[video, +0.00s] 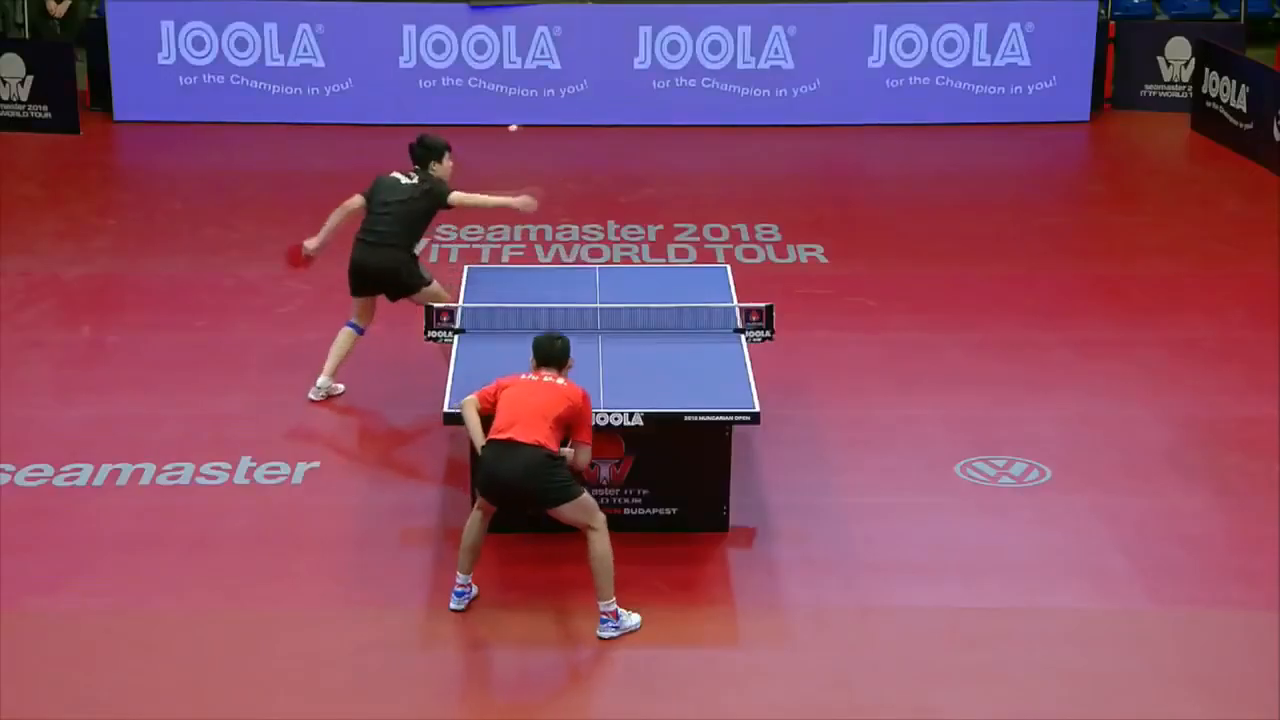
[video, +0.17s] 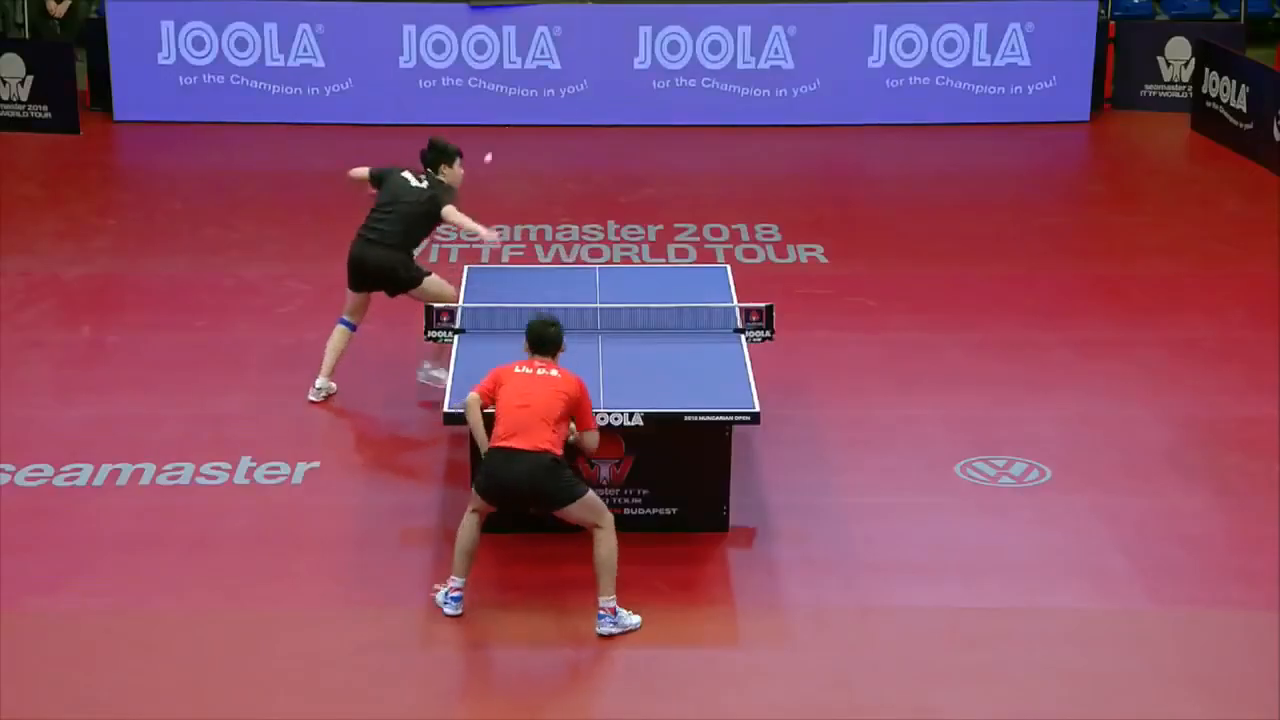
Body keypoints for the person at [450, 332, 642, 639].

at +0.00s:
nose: (568, 364)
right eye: (568, 362)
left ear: (533, 362)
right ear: (567, 364)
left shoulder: (508, 383)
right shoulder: (577, 395)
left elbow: (468, 403)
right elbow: (581, 463)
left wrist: (482, 447)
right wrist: (565, 453)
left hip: (494, 458)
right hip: (538, 464)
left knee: (482, 510)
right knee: (596, 523)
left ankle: (460, 589)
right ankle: (610, 615)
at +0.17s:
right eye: (559, 343)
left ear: (526, 345)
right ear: (560, 348)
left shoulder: (503, 373)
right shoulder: (573, 383)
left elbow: (471, 402)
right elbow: (590, 444)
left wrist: (485, 449)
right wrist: (571, 434)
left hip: (498, 465)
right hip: (545, 469)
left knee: (475, 512)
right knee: (603, 523)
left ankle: (453, 594)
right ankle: (608, 612)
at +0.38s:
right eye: (559, 317)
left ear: (530, 321)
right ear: (563, 322)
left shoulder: (509, 353)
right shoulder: (577, 362)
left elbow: (476, 385)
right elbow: (616, 406)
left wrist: (495, 409)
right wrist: (596, 388)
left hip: (515, 465)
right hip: (563, 465)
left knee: (478, 509)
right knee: (620, 487)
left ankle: (455, 587)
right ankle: (642, 569)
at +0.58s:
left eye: (548, 327)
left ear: (548, 331)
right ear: (581, 331)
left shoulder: (534, 368)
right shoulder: (601, 366)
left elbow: (502, 408)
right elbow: (635, 394)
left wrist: (521, 387)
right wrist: (604, 380)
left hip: (554, 476)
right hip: (603, 477)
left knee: (493, 488)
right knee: (636, 481)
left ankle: (487, 574)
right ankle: (669, 555)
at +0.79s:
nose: (553, 339)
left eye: (554, 335)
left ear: (556, 339)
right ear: (587, 337)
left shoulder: (546, 371)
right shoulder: (612, 365)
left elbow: (536, 393)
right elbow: (643, 373)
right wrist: (605, 375)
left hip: (577, 479)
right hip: (623, 477)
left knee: (507, 489)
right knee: (646, 472)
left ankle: (487, 576)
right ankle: (669, 555)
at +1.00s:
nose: (560, 344)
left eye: (561, 339)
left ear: (565, 343)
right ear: (599, 338)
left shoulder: (560, 371)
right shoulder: (626, 358)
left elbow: (555, 393)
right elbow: (654, 353)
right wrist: (618, 359)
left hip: (589, 476)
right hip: (635, 474)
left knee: (516, 491)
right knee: (649, 470)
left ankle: (487, 576)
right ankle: (669, 554)